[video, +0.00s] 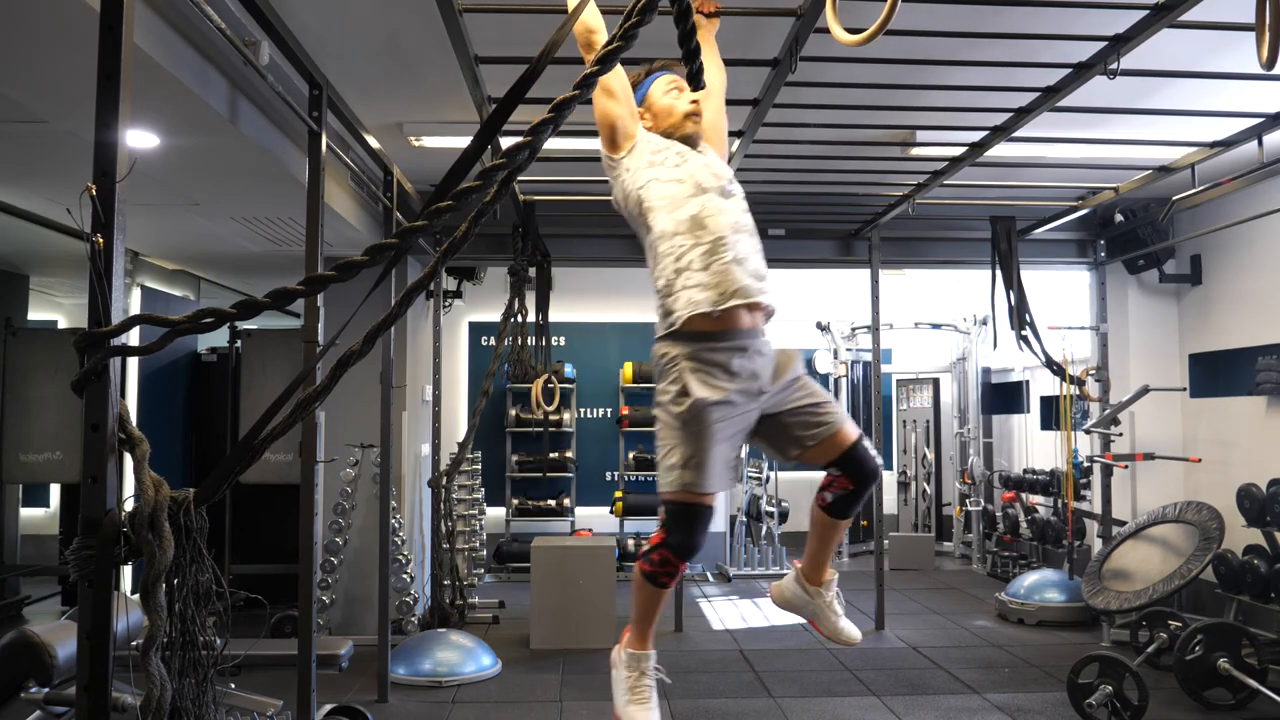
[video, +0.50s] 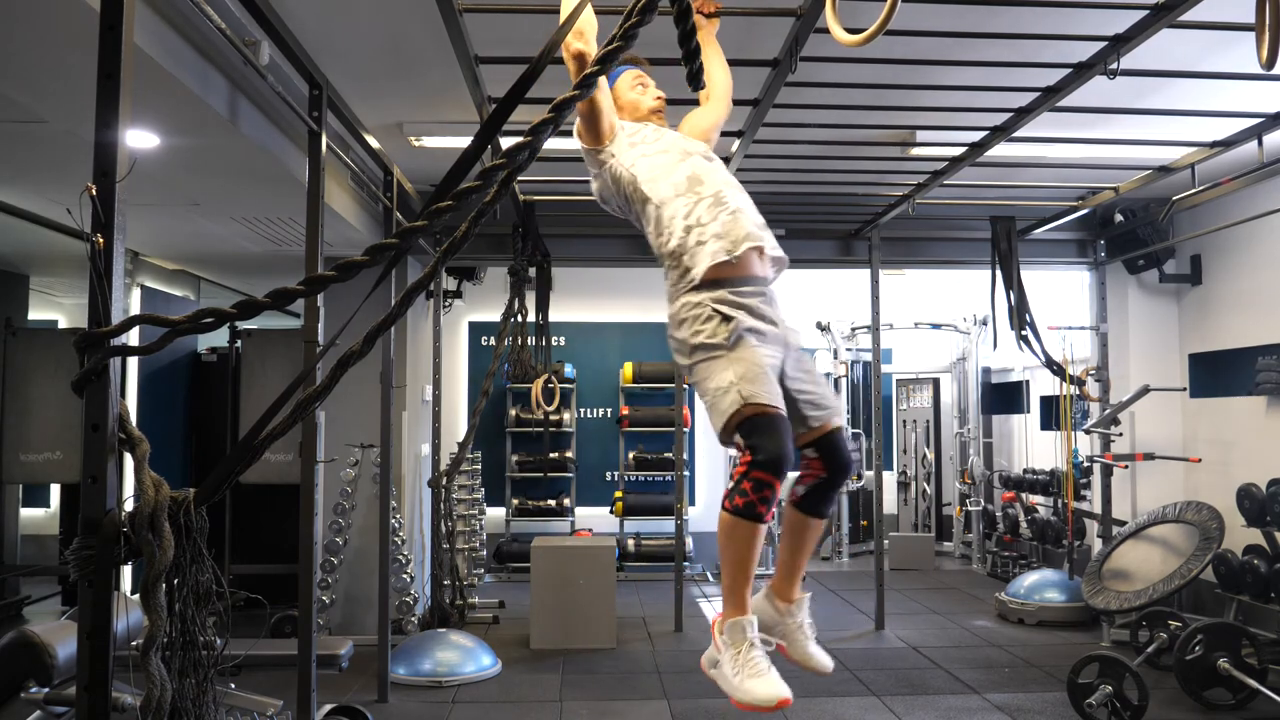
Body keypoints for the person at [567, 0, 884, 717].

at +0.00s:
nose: (687, 88)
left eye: (687, 85)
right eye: (670, 85)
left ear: (694, 110)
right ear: (643, 114)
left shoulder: (711, 159)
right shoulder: (635, 155)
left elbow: (714, 98)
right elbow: (606, 78)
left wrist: (708, 32)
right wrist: (594, 40)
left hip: (767, 350)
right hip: (697, 357)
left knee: (859, 468)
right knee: (684, 529)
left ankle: (810, 582)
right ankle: (634, 652)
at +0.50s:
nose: (644, 78)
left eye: (649, 76)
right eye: (631, 78)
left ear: (663, 97)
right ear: (612, 104)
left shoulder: (691, 138)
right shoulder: (614, 152)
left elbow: (718, 94)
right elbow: (592, 123)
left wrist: (706, 29)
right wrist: (585, 76)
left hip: (768, 302)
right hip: (712, 307)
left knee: (832, 458)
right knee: (766, 453)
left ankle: (781, 601)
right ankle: (731, 633)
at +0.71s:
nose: (632, 79)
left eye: (633, 76)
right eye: (617, 74)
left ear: (636, 96)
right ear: (589, 92)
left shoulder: (652, 144)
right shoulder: (577, 141)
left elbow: (707, 106)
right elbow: (563, 56)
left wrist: (706, 36)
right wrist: (575, 5)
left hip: (682, 314)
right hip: (622, 313)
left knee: (768, 418)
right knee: (717, 394)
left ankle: (779, 576)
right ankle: (751, 562)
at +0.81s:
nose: (626, 80)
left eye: (627, 72)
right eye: (612, 72)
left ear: (630, 87)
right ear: (580, 88)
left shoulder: (637, 141)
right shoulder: (558, 131)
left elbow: (697, 110)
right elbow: (547, 56)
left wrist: (703, 36)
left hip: (639, 311)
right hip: (575, 311)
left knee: (737, 357)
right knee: (676, 347)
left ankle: (784, 499)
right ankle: (743, 488)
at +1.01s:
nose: (621, 71)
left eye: (622, 60)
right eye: (606, 61)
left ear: (623, 66)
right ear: (569, 70)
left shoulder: (622, 112)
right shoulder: (538, 107)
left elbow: (687, 112)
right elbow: (516, 49)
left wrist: (702, 38)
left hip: (591, 290)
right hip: (530, 279)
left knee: (691, 286)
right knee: (624, 238)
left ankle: (682, 428)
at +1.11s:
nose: (620, 52)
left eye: (623, 41)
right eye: (606, 41)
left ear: (629, 45)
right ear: (573, 47)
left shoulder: (624, 94)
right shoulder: (548, 89)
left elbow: (686, 110)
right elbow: (511, 84)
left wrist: (701, 37)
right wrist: (547, 10)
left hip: (591, 261)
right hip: (531, 251)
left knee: (693, 323)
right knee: (599, 210)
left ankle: (630, 427)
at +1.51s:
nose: (669, 82)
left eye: (672, 73)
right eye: (659, 70)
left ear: (665, 80)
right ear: (628, 72)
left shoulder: (661, 121)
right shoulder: (599, 124)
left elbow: (708, 110)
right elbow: (656, 56)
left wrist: (705, 40)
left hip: (685, 317)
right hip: (629, 327)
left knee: (742, 408)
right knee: (609, 471)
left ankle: (707, 477)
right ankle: (551, 527)